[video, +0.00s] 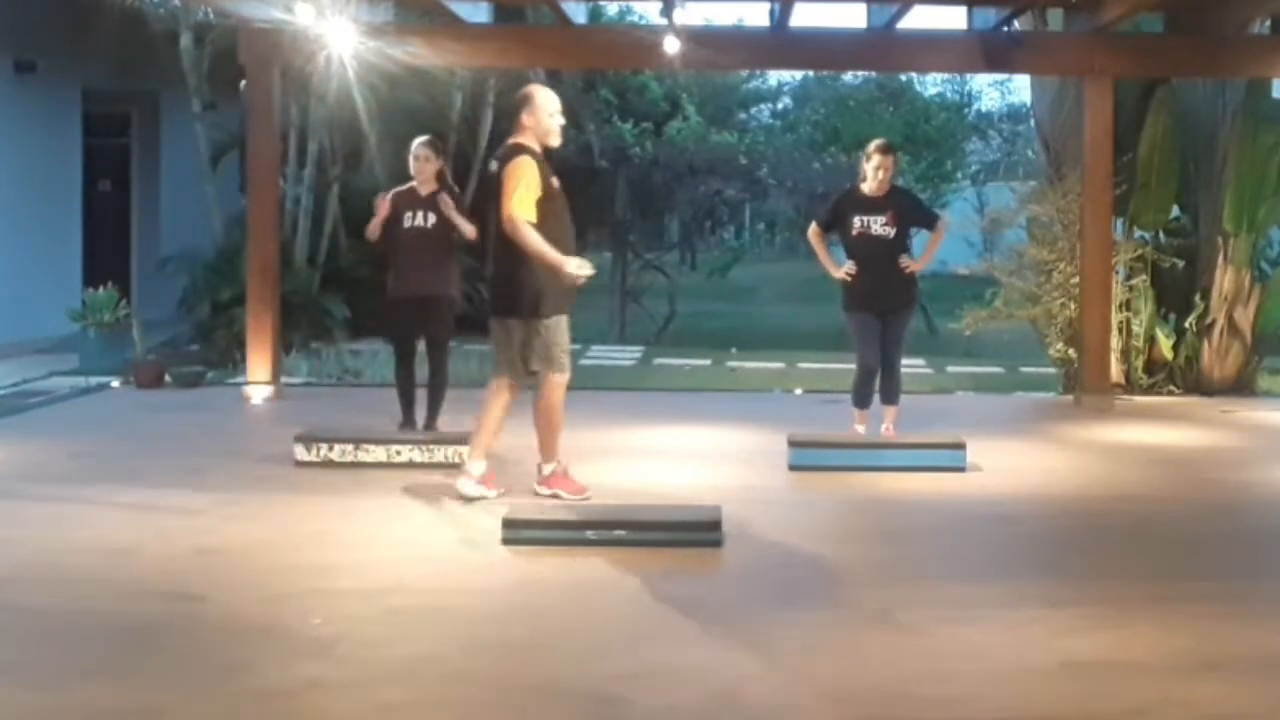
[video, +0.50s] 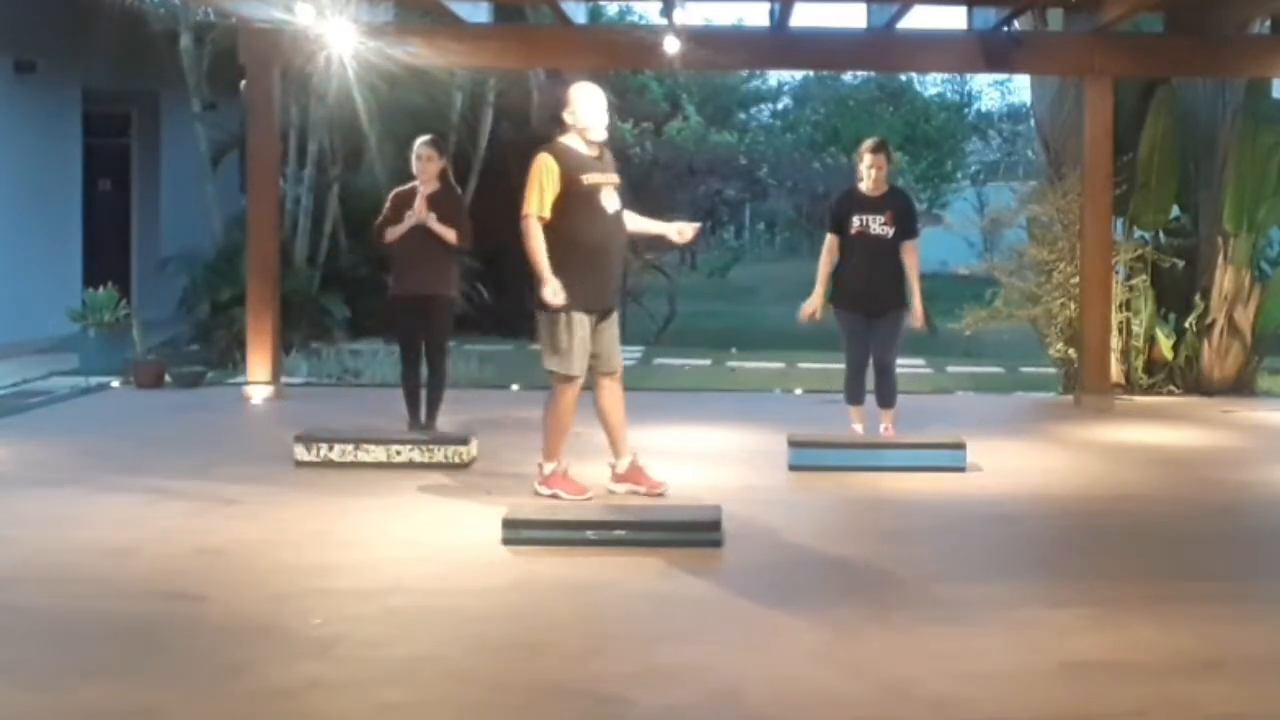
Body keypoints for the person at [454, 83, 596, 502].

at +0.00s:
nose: (561, 123)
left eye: (560, 114)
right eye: (553, 114)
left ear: (530, 120)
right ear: (528, 118)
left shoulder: (512, 158)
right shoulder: (526, 161)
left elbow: (506, 223)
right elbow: (515, 218)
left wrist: (558, 263)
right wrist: (562, 262)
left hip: (510, 293)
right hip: (539, 294)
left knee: (507, 377)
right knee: (556, 374)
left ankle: (473, 468)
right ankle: (550, 469)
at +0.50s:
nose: (601, 117)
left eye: (603, 109)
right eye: (591, 109)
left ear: (606, 113)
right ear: (569, 114)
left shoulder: (603, 159)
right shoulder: (550, 159)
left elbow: (613, 217)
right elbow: (531, 221)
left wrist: (666, 228)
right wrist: (547, 278)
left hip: (605, 291)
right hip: (567, 291)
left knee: (610, 375)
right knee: (569, 379)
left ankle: (623, 464)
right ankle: (551, 469)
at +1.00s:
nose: (608, 115)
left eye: (616, 107)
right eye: (601, 108)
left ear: (630, 111)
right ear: (590, 112)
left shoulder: (653, 161)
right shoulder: (568, 159)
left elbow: (675, 219)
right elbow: (547, 220)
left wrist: (667, 273)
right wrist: (530, 273)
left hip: (638, 290)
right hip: (584, 291)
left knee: (641, 375)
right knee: (593, 376)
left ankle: (631, 464)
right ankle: (604, 470)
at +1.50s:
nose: (623, 115)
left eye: (631, 107)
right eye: (617, 107)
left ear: (647, 111)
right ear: (607, 111)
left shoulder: (669, 159)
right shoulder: (586, 155)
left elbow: (692, 221)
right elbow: (569, 213)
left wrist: (664, 199)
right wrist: (565, 210)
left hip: (647, 289)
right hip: (594, 288)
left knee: (651, 378)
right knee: (599, 378)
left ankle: (653, 472)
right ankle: (603, 472)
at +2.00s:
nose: (631, 118)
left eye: (639, 110)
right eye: (626, 110)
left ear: (663, 113)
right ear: (621, 114)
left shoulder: (685, 156)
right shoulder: (607, 154)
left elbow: (683, 201)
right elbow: (583, 206)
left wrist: (634, 159)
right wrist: (595, 219)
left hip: (662, 289)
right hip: (610, 283)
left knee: (661, 379)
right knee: (594, 363)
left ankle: (656, 470)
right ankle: (603, 449)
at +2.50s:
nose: (616, 114)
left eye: (625, 106)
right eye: (611, 106)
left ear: (645, 111)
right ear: (605, 112)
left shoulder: (672, 156)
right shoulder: (589, 156)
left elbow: (721, 198)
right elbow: (562, 214)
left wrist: (687, 248)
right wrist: (588, 187)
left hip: (652, 290)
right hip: (602, 290)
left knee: (652, 375)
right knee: (607, 379)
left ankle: (657, 465)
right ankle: (618, 473)